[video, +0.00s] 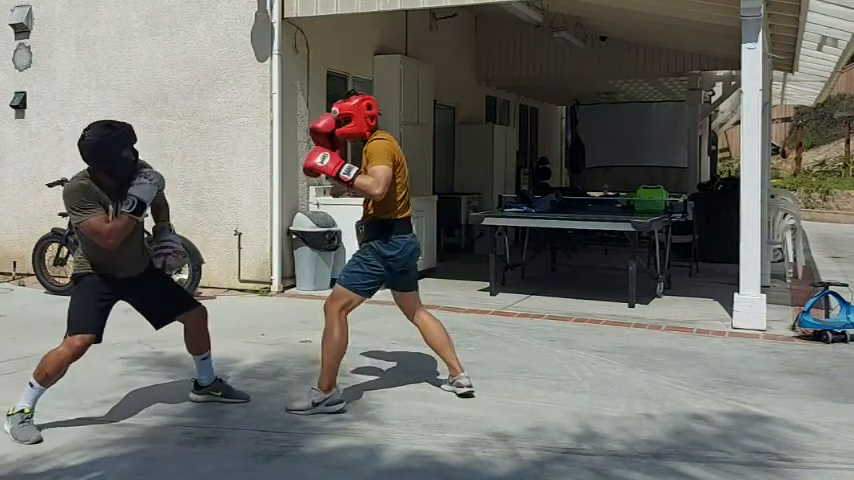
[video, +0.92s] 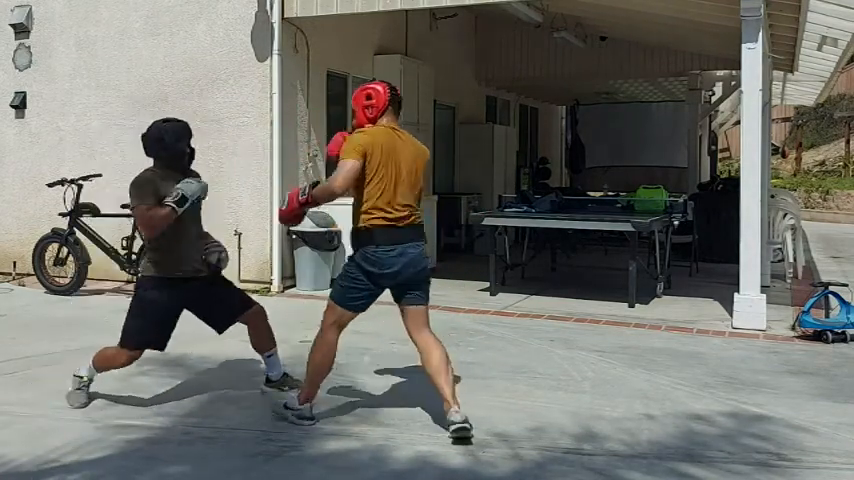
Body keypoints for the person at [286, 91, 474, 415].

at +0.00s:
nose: (344, 128)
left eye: (346, 122)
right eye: (343, 123)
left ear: (361, 120)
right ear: (369, 118)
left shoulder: (378, 144)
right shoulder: (380, 144)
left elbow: (376, 187)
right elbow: (353, 187)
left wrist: (339, 168)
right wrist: (330, 157)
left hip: (383, 244)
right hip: (402, 242)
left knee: (335, 307)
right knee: (416, 310)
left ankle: (326, 391)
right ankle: (458, 374)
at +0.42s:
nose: (320, 129)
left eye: (323, 121)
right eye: (320, 122)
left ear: (339, 121)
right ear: (352, 120)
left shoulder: (353, 143)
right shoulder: (374, 143)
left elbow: (329, 175)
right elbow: (338, 185)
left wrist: (304, 158)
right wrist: (311, 157)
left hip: (363, 248)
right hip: (393, 246)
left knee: (303, 300)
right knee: (404, 314)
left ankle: (299, 384)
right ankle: (440, 375)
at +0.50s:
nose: (310, 123)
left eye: (313, 117)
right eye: (310, 117)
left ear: (328, 116)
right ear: (345, 116)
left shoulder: (334, 138)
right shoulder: (374, 144)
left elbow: (293, 154)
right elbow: (339, 178)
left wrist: (264, 147)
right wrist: (305, 147)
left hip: (356, 246)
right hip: (389, 242)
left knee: (306, 314)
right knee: (398, 305)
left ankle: (294, 397)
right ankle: (434, 368)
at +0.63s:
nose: (325, 117)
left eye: (328, 112)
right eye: (327, 112)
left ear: (336, 111)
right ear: (363, 116)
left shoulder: (322, 133)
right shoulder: (380, 151)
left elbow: (267, 130)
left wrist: (218, 123)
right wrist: (312, 147)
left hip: (346, 253)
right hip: (380, 247)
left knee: (296, 317)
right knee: (386, 298)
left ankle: (296, 403)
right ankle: (431, 350)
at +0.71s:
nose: (338, 115)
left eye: (343, 111)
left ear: (350, 111)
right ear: (375, 115)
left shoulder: (331, 131)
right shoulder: (388, 151)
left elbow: (277, 140)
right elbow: (346, 171)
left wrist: (238, 140)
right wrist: (310, 145)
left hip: (340, 249)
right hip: (375, 246)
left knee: (294, 316)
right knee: (387, 304)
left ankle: (296, 401)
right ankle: (434, 351)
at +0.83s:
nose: (348, 114)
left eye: (350, 108)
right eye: (349, 108)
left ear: (361, 107)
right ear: (390, 113)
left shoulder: (346, 137)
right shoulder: (406, 153)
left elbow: (305, 172)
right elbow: (387, 189)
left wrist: (269, 167)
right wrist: (329, 159)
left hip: (349, 250)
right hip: (389, 250)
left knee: (307, 319)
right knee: (398, 320)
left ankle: (295, 404)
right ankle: (446, 378)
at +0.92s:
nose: (358, 114)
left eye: (360, 107)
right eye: (359, 107)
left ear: (373, 106)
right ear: (395, 108)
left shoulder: (362, 138)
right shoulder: (419, 149)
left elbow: (339, 185)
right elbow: (410, 194)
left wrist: (304, 199)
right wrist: (352, 163)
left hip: (373, 251)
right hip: (414, 249)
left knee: (332, 325)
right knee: (422, 330)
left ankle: (304, 400)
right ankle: (453, 410)